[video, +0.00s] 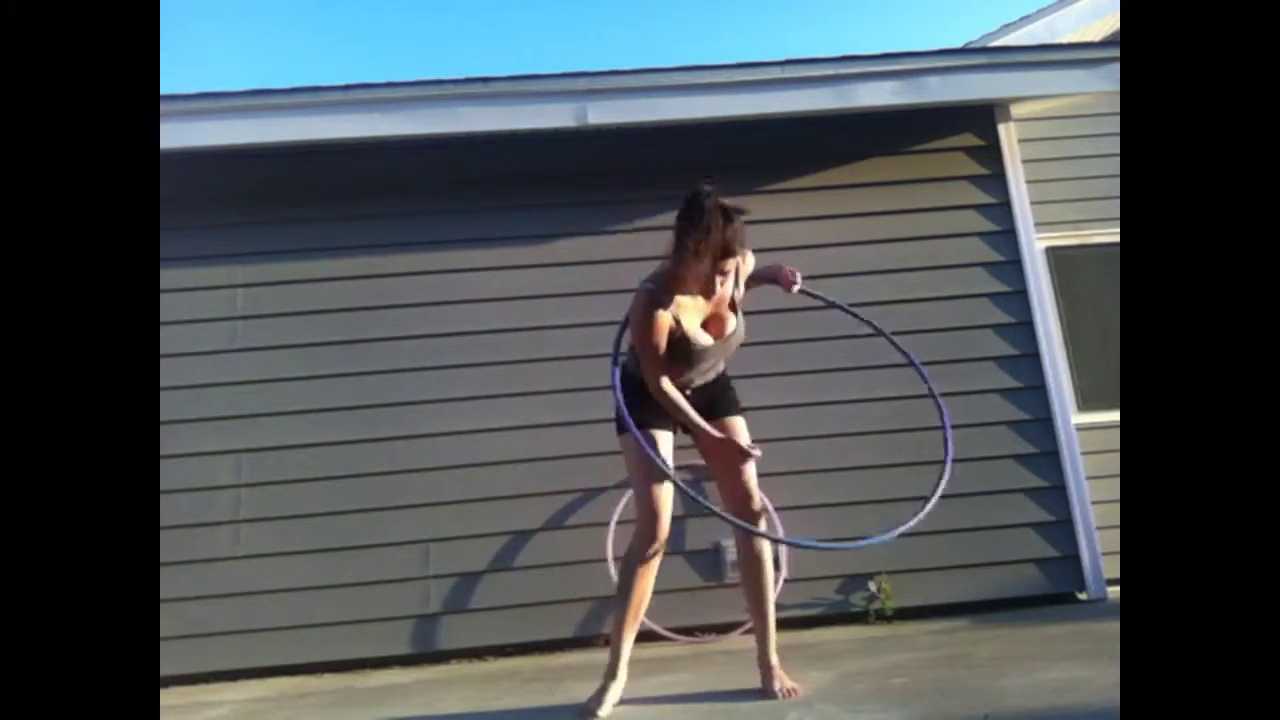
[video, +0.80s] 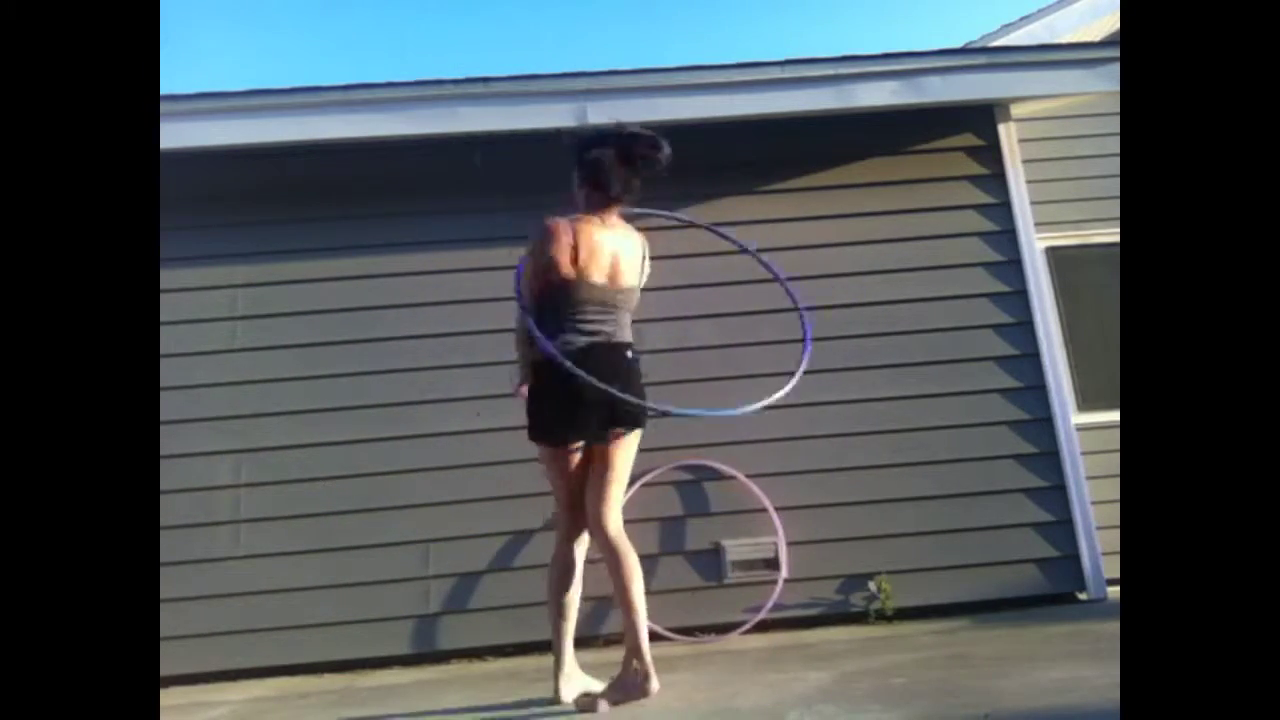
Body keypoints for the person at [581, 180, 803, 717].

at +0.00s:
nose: (729, 269)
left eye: (734, 259)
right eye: (721, 262)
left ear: (735, 251)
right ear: (695, 249)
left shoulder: (735, 263)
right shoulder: (656, 301)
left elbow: (736, 277)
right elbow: (655, 383)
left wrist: (771, 274)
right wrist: (714, 437)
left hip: (710, 384)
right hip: (651, 393)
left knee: (751, 510)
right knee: (654, 533)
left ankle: (770, 661)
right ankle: (615, 674)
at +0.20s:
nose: (707, 290)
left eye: (713, 279)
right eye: (698, 280)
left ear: (722, 267)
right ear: (673, 267)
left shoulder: (739, 286)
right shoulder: (634, 311)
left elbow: (739, 345)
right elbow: (646, 395)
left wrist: (752, 366)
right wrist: (675, 458)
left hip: (710, 393)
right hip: (643, 401)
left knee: (743, 519)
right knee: (622, 533)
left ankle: (768, 660)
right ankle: (631, 671)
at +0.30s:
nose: (676, 288)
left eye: (685, 277)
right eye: (668, 277)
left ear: (699, 266)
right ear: (647, 263)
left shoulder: (723, 301)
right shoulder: (612, 300)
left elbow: (723, 378)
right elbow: (617, 386)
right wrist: (623, 457)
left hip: (699, 401)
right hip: (634, 401)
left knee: (724, 525)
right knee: (607, 527)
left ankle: (766, 658)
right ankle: (644, 674)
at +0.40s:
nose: (656, 273)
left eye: (666, 262)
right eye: (647, 262)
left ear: (679, 253)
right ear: (627, 247)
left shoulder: (686, 301)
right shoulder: (595, 274)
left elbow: (670, 390)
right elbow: (585, 355)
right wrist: (568, 425)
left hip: (674, 406)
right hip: (617, 404)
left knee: (660, 528)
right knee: (597, 531)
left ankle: (757, 644)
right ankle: (642, 673)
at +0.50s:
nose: (624, 244)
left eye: (635, 235)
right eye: (618, 231)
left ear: (656, 232)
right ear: (605, 222)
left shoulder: (652, 289)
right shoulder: (591, 248)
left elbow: (612, 386)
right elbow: (576, 331)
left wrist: (541, 446)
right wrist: (533, 398)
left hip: (651, 398)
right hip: (614, 394)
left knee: (587, 529)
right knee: (589, 534)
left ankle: (702, 613)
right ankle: (642, 676)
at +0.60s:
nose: (583, 213)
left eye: (594, 204)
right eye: (582, 203)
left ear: (626, 209)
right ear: (607, 207)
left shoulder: (615, 268)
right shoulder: (627, 250)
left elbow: (572, 359)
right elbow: (576, 340)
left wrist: (513, 411)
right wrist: (527, 380)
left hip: (614, 399)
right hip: (639, 397)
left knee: (545, 522)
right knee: (592, 529)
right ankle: (637, 670)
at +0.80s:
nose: (573, 183)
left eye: (577, 176)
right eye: (587, 176)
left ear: (581, 182)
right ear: (626, 186)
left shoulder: (553, 235)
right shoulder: (636, 245)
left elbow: (529, 310)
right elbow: (619, 311)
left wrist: (529, 373)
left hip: (560, 377)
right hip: (620, 373)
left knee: (570, 524)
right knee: (611, 521)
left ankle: (565, 667)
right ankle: (640, 661)